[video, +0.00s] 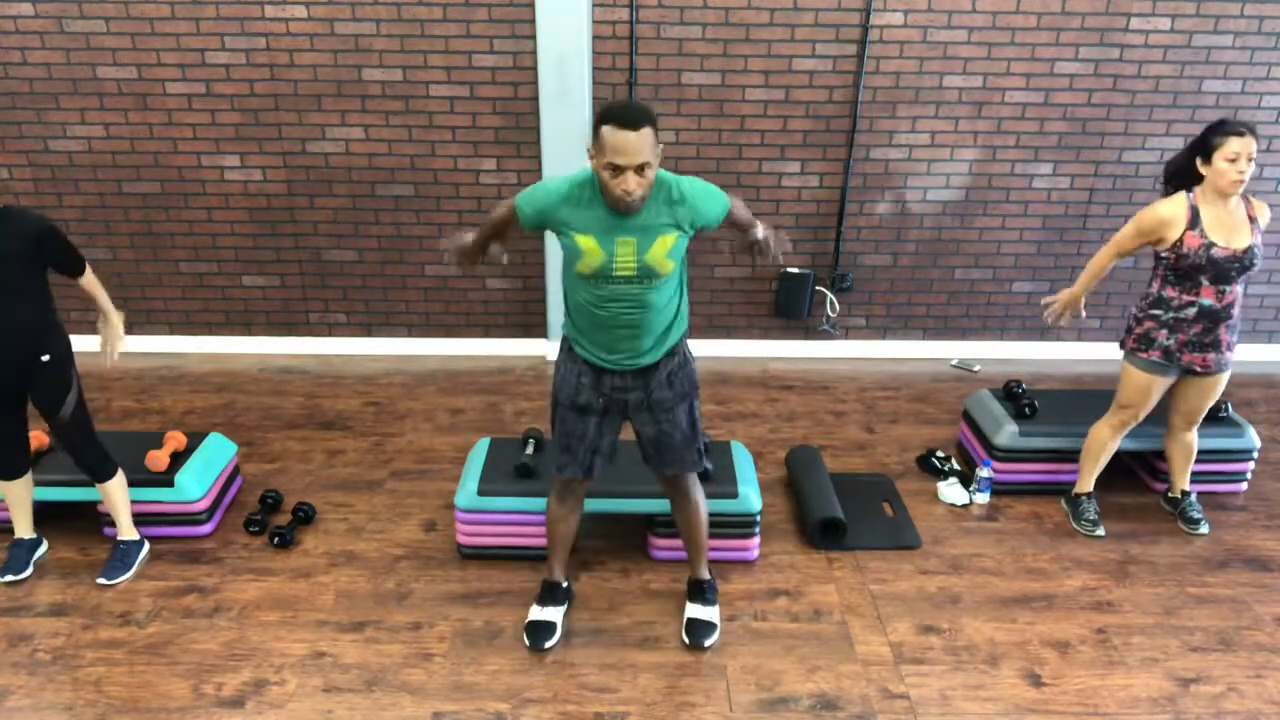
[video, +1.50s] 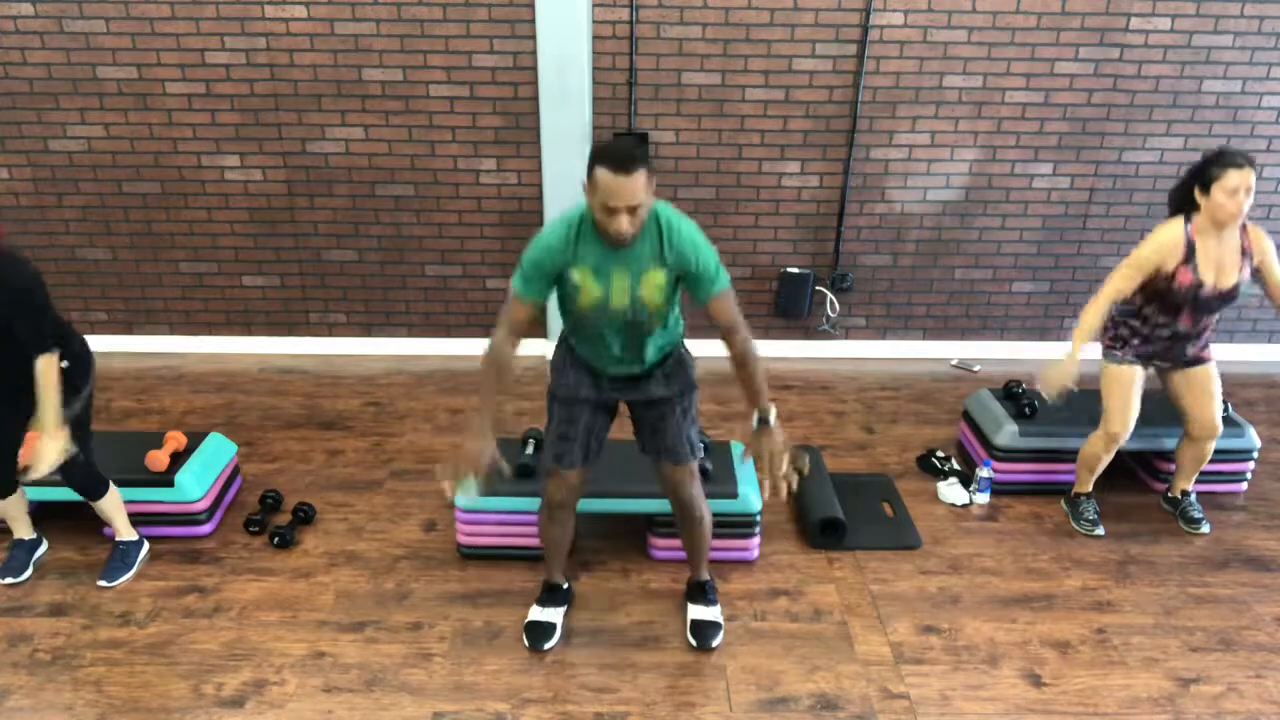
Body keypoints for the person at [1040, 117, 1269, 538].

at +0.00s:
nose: (1244, 169)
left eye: (1249, 161)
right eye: (1234, 159)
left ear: (1254, 165)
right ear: (1204, 164)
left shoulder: (1256, 213)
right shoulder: (1171, 213)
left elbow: (1226, 265)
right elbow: (1112, 250)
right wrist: (1075, 293)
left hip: (1215, 340)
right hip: (1161, 334)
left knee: (1187, 425)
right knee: (1123, 416)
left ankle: (1180, 494)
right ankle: (1081, 493)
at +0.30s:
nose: (1247, 167)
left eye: (1252, 159)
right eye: (1236, 158)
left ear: (1256, 164)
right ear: (1205, 163)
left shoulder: (1256, 217)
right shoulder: (1172, 213)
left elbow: (1254, 281)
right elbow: (1121, 275)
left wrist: (1252, 338)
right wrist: (1089, 337)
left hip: (1211, 338)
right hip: (1157, 333)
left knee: (1187, 424)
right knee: (1122, 418)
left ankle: (1180, 494)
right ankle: (1081, 493)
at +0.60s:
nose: (1254, 190)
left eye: (1257, 181)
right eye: (1242, 181)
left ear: (1260, 184)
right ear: (1209, 189)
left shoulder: (1263, 235)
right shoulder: (1177, 228)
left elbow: (1275, 289)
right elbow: (1156, 302)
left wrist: (1266, 276)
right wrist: (1228, 285)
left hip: (1186, 332)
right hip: (1134, 325)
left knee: (1196, 419)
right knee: (1115, 419)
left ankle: (1179, 494)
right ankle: (1080, 494)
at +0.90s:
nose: (1233, 275)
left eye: (1238, 265)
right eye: (1222, 265)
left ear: (1244, 268)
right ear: (1192, 271)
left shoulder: (1242, 307)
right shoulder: (1163, 299)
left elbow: (1272, 365)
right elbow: (1163, 370)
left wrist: (1274, 328)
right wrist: (1224, 328)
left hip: (1169, 364)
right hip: (1112, 357)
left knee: (1211, 434)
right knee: (1117, 432)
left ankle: (1178, 493)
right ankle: (1080, 494)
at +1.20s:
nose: (1229, 285)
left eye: (1235, 275)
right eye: (1219, 276)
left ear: (1241, 277)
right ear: (1190, 279)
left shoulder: (1244, 318)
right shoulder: (1160, 307)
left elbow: (1270, 370)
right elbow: (1141, 381)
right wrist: (1213, 384)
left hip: (1173, 372)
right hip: (1110, 363)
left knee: (1213, 437)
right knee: (1119, 435)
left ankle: (1178, 494)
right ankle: (1079, 495)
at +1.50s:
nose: (1244, 203)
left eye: (1249, 193)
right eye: (1233, 192)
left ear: (1254, 195)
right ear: (1202, 196)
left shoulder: (1254, 242)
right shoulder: (1171, 238)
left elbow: (1277, 295)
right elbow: (1107, 294)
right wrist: (1071, 355)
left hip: (1189, 338)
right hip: (1132, 334)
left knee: (1206, 427)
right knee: (1116, 430)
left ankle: (1179, 493)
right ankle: (1080, 494)